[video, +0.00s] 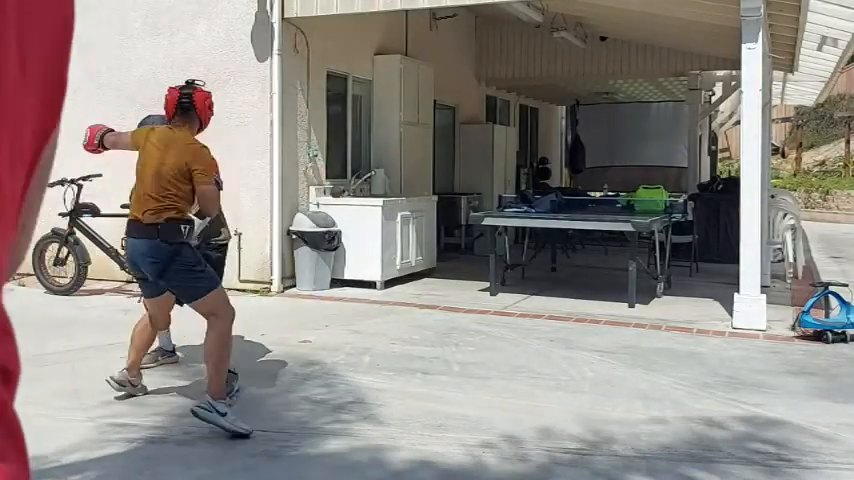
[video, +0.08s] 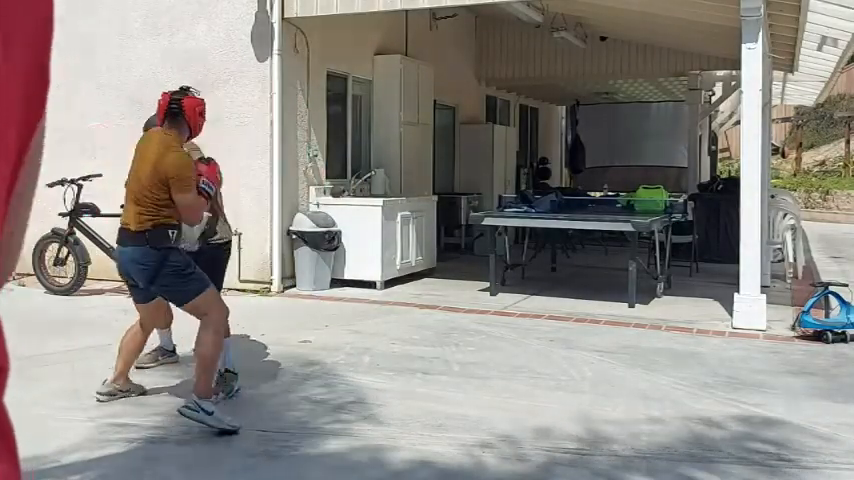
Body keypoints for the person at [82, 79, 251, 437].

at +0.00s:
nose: (209, 118)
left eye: (206, 112)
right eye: (207, 113)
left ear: (170, 112)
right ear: (202, 116)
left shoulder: (149, 137)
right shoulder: (198, 152)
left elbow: (112, 140)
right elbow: (208, 208)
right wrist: (211, 189)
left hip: (136, 243)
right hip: (167, 245)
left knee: (156, 317)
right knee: (221, 314)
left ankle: (130, 374)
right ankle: (217, 398)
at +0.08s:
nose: (200, 126)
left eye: (200, 119)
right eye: (199, 120)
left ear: (165, 116)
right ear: (191, 121)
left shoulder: (147, 138)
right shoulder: (177, 157)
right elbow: (192, 216)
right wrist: (206, 188)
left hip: (127, 247)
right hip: (154, 251)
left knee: (149, 320)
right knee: (216, 313)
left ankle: (117, 380)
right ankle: (203, 399)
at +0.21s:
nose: (189, 130)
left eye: (189, 123)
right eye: (187, 123)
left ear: (151, 122)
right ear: (176, 125)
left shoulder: (129, 140)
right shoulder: (164, 169)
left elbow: (124, 138)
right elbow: (178, 227)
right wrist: (193, 194)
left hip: (118, 253)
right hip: (144, 257)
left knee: (150, 315)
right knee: (195, 323)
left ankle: (118, 379)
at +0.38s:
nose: (178, 126)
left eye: (177, 119)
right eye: (175, 119)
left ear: (140, 121)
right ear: (164, 123)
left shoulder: (114, 148)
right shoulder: (153, 171)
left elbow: (85, 177)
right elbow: (162, 228)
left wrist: (119, 168)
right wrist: (174, 200)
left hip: (112, 258)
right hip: (136, 262)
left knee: (160, 310)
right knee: (159, 346)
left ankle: (120, 381)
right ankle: (94, 412)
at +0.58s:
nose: (164, 95)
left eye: (163, 88)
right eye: (163, 88)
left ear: (124, 85)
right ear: (155, 88)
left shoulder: (98, 118)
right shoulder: (150, 125)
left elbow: (71, 164)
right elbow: (165, 186)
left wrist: (114, 164)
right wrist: (171, 155)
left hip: (86, 229)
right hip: (119, 234)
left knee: (106, 313)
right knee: (132, 324)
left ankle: (69, 390)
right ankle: (93, 413)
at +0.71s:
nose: (163, 90)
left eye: (162, 82)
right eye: (161, 82)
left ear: (122, 79)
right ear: (151, 79)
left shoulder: (95, 114)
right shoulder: (141, 118)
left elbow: (70, 164)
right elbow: (151, 187)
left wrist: (116, 157)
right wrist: (171, 157)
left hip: (81, 227)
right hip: (115, 229)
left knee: (83, 320)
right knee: (144, 323)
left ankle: (24, 398)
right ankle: (113, 421)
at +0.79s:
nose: (160, 109)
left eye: (161, 102)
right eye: (159, 101)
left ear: (120, 97)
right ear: (150, 99)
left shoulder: (94, 131)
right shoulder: (135, 137)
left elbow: (79, 187)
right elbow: (145, 208)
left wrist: (142, 186)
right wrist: (163, 179)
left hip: (74, 247)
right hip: (110, 250)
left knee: (49, 342)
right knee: (145, 343)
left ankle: (1, 423)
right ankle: (158, 443)